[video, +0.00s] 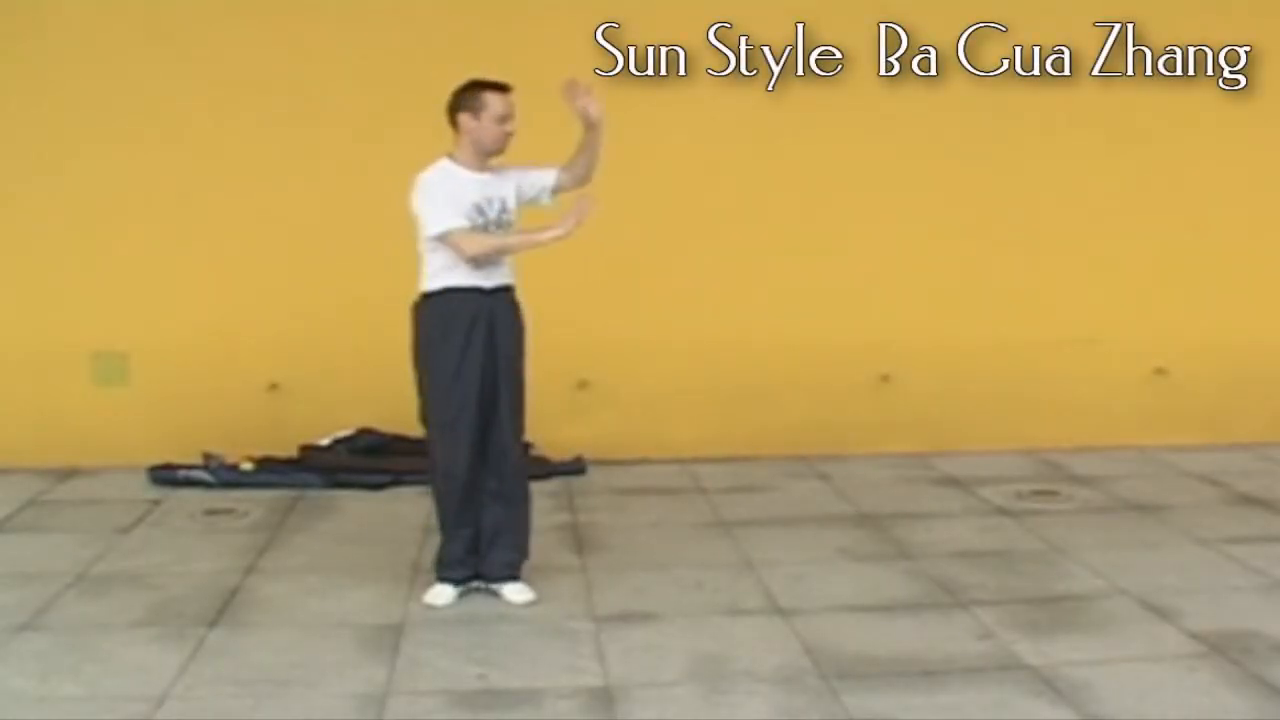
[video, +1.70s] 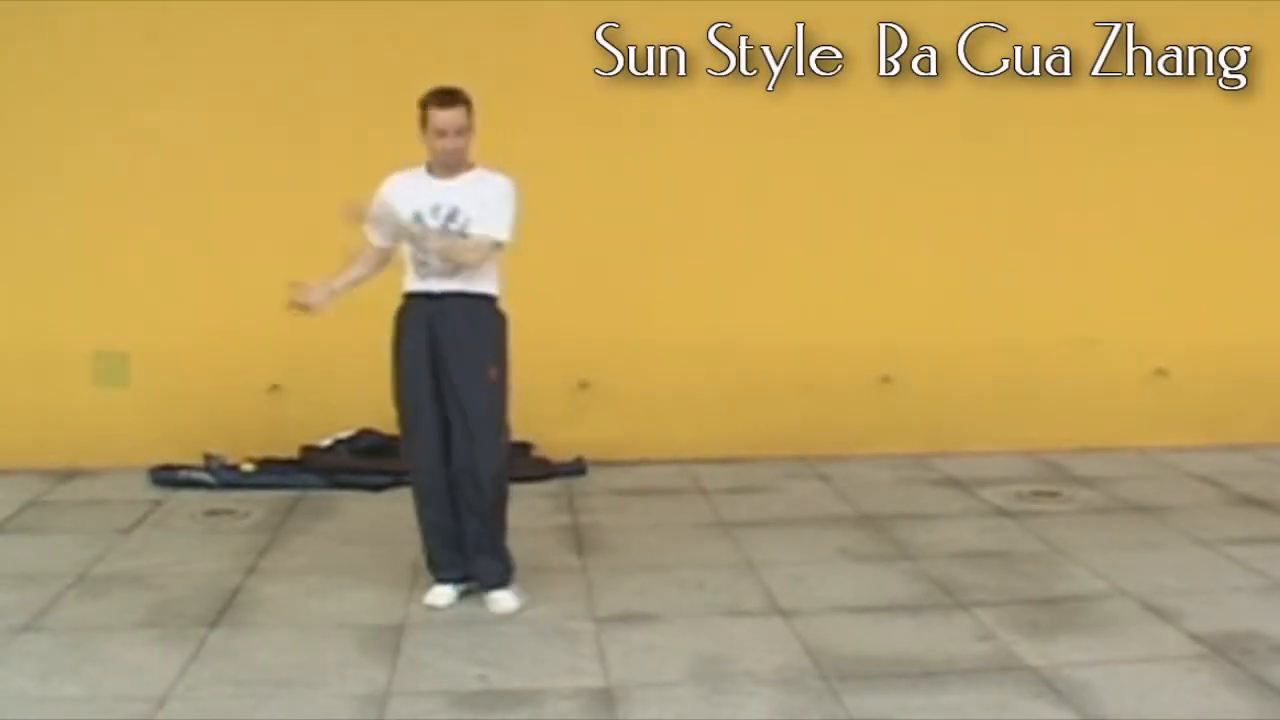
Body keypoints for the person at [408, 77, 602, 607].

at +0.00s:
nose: (509, 129)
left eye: (511, 120)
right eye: (500, 120)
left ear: (501, 126)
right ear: (465, 122)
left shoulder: (506, 181)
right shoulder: (433, 183)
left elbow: (571, 178)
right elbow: (473, 248)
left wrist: (593, 129)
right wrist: (555, 232)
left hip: (500, 312)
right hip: (448, 314)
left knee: (504, 442)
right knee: (453, 444)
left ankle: (502, 567)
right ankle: (454, 569)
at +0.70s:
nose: (489, 139)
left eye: (496, 130)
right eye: (479, 128)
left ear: (502, 131)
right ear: (453, 126)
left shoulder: (512, 182)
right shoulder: (427, 181)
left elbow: (587, 199)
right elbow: (462, 246)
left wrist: (658, 200)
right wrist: (525, 289)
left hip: (497, 312)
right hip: (442, 314)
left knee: (500, 443)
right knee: (447, 444)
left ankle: (501, 569)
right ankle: (453, 570)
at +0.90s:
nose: (479, 142)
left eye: (487, 132)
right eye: (469, 131)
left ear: (497, 131)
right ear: (448, 128)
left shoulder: (513, 186)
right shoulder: (422, 184)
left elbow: (573, 232)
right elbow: (432, 262)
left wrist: (635, 274)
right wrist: (466, 326)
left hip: (496, 312)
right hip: (437, 312)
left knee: (499, 444)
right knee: (445, 445)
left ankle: (502, 569)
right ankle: (453, 570)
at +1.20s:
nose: (463, 142)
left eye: (472, 132)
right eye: (454, 132)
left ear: (488, 131)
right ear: (439, 132)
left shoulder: (512, 186)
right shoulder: (414, 184)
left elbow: (546, 259)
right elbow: (389, 257)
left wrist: (562, 333)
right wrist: (395, 334)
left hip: (492, 314)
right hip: (433, 315)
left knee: (496, 446)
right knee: (441, 448)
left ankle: (501, 568)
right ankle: (452, 570)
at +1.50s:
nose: (442, 140)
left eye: (451, 130)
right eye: (434, 131)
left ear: (473, 130)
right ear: (425, 132)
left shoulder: (501, 188)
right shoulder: (408, 185)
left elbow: (514, 270)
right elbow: (373, 245)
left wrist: (476, 337)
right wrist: (357, 313)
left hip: (484, 310)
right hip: (426, 310)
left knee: (486, 446)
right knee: (432, 448)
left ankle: (499, 567)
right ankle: (450, 570)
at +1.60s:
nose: (444, 140)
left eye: (453, 130)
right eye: (435, 131)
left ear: (472, 129)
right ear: (422, 132)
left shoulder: (496, 188)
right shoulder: (403, 187)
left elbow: (494, 268)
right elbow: (377, 248)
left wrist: (428, 309)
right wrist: (350, 300)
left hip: (478, 316)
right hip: (420, 317)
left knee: (485, 447)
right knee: (430, 449)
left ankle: (496, 568)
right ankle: (449, 571)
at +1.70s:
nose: (450, 142)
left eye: (459, 132)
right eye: (440, 133)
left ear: (472, 133)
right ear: (423, 135)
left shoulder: (494, 188)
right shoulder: (398, 189)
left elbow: (471, 255)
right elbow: (374, 255)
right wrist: (326, 290)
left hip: (474, 321)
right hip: (419, 322)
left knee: (480, 450)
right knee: (426, 451)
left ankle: (493, 574)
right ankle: (449, 573)